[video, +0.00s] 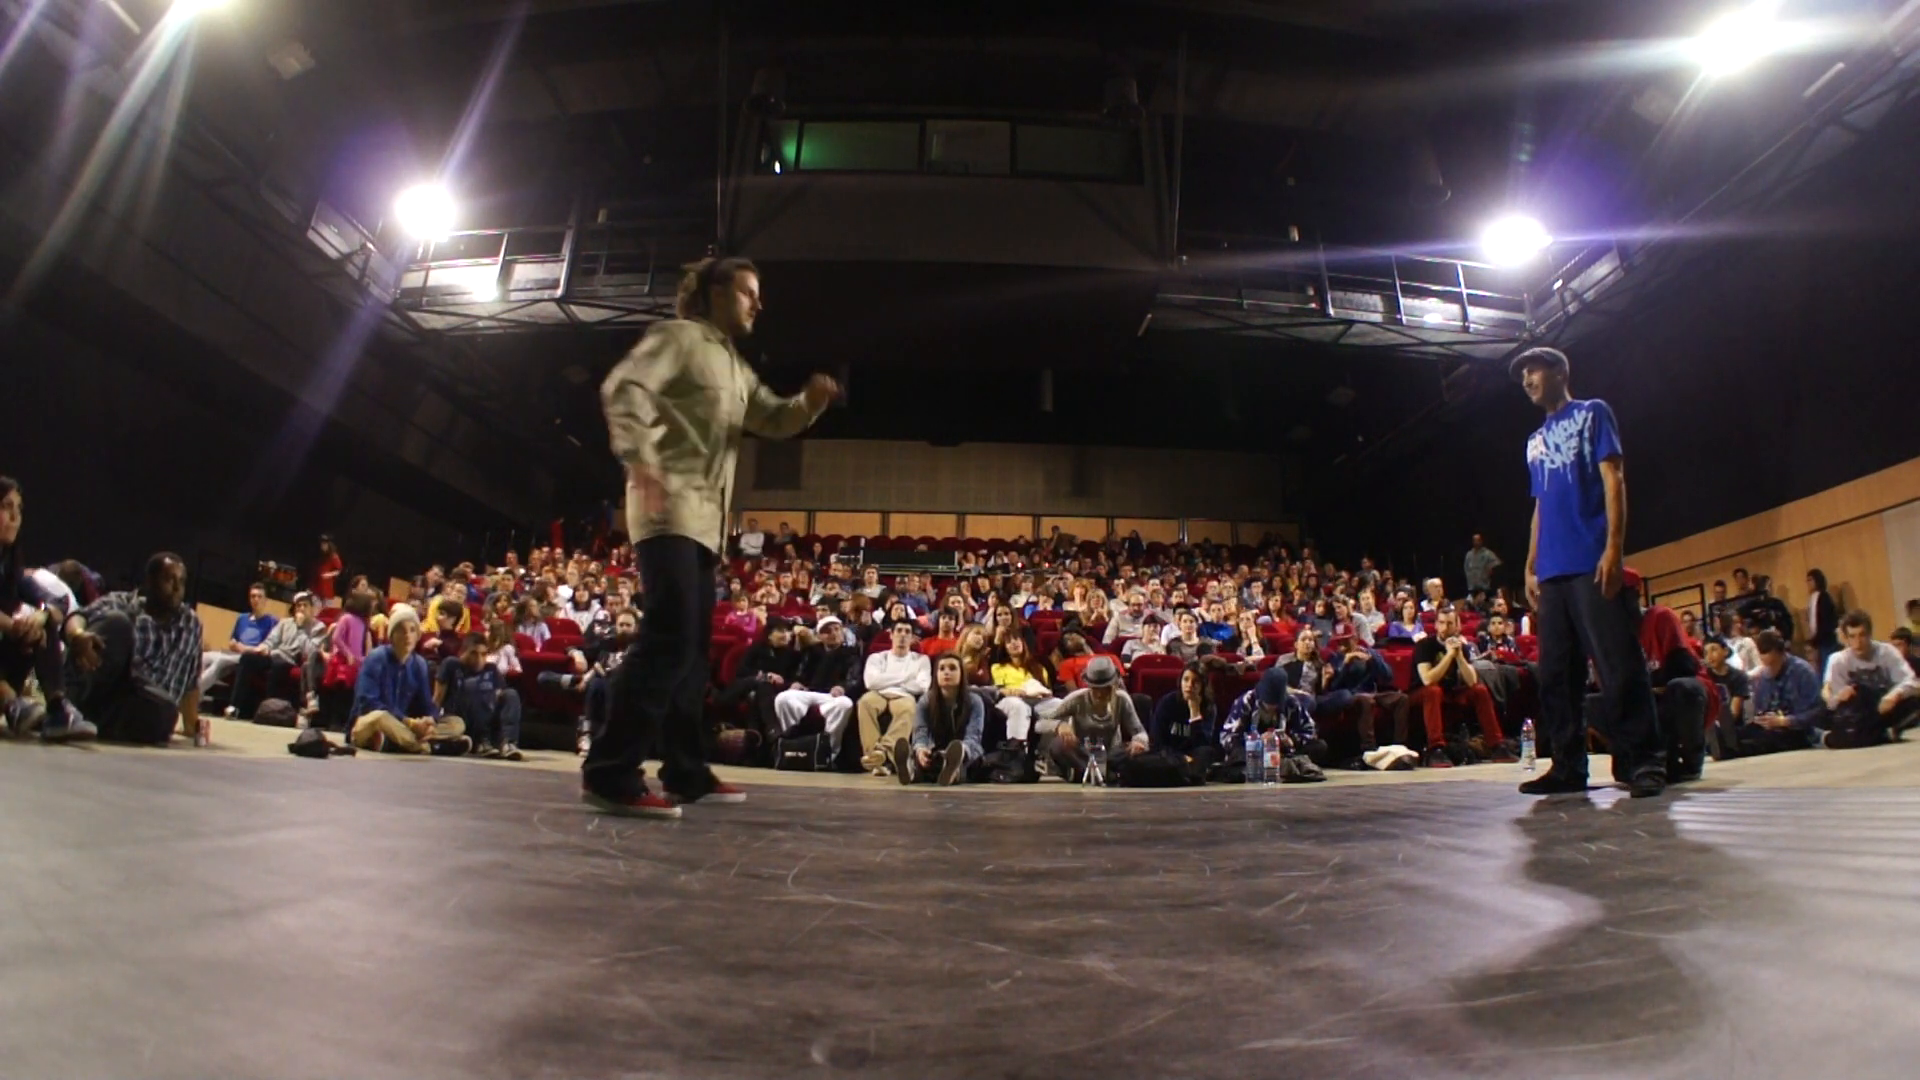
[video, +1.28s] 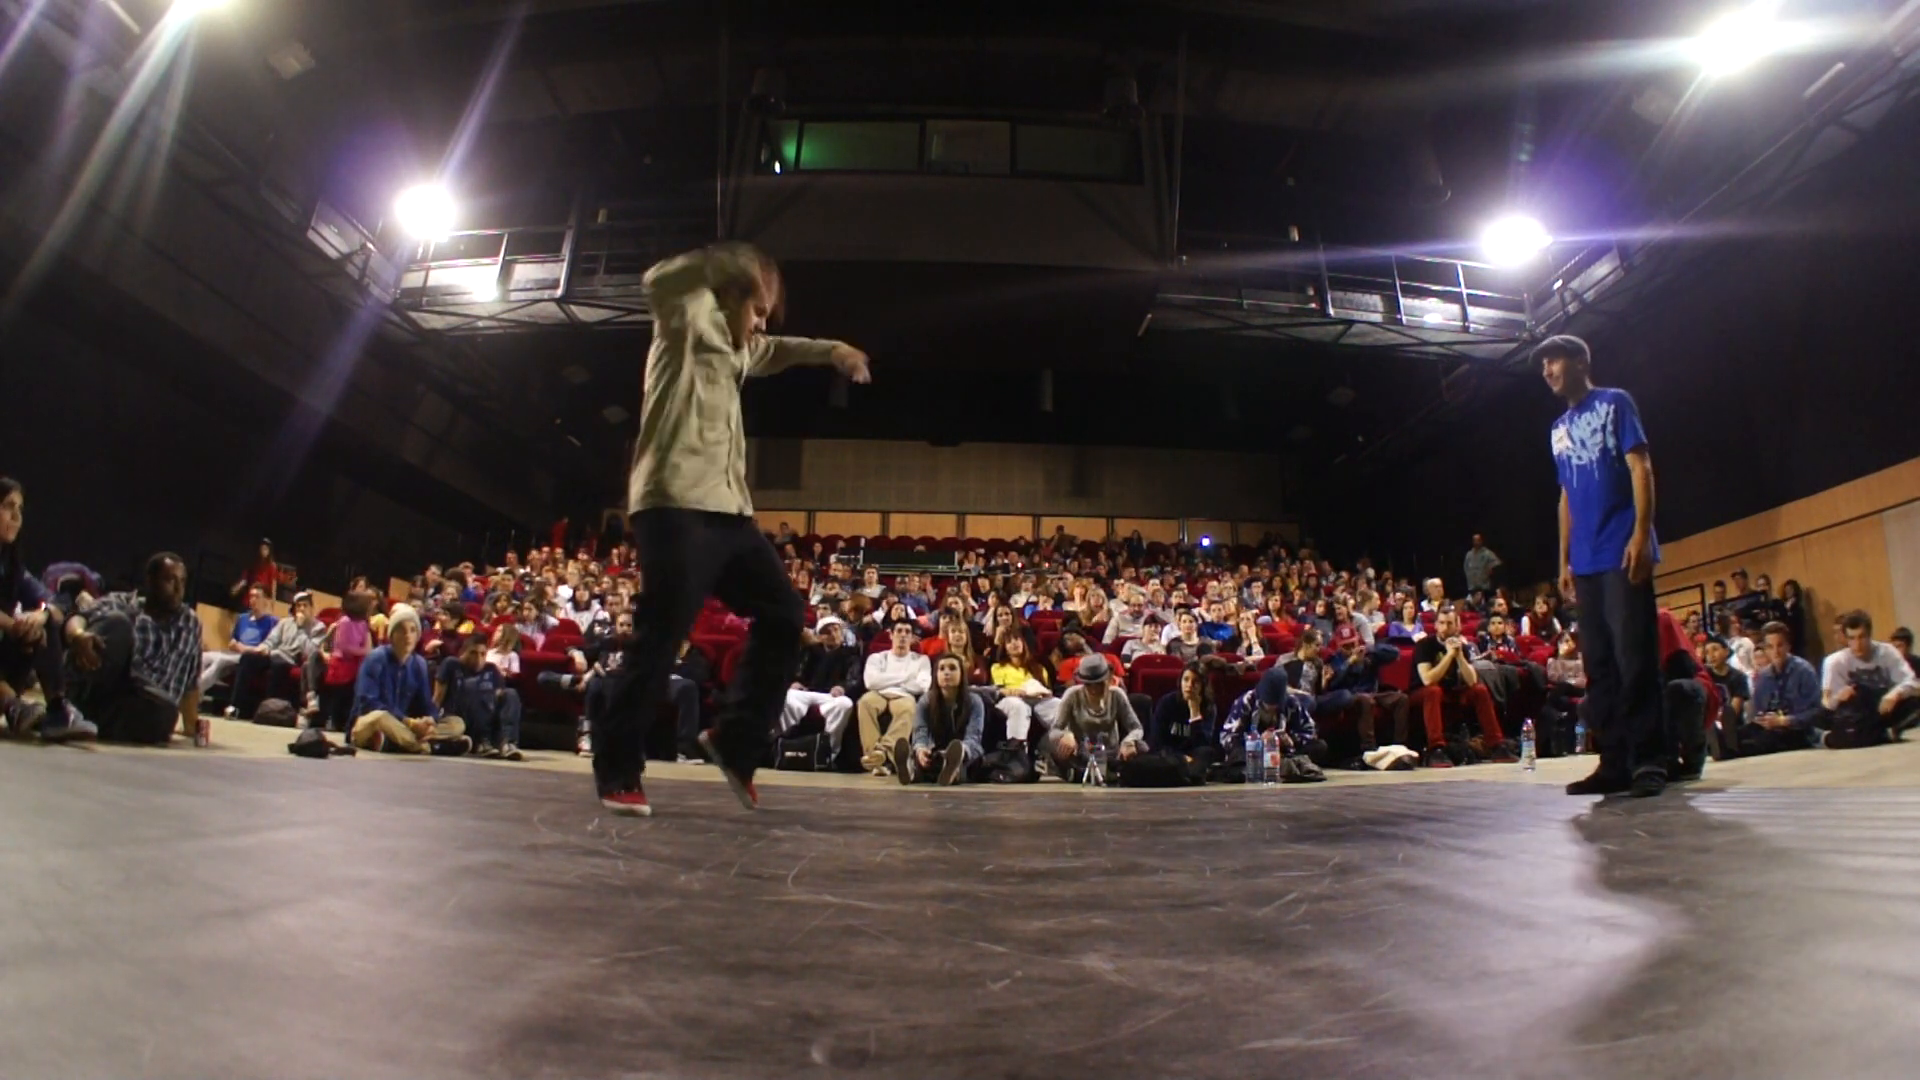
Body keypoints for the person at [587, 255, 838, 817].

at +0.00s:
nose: (756, 304)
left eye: (758, 296)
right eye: (747, 292)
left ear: (745, 304)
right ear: (714, 292)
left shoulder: (738, 370)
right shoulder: (679, 335)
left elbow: (773, 419)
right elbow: (625, 389)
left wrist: (811, 402)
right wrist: (643, 461)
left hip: (704, 521)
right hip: (666, 511)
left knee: (693, 647)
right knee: (669, 642)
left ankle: (686, 772)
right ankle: (611, 772)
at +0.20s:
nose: (744, 293)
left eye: (746, 285)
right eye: (735, 280)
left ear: (735, 295)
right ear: (701, 280)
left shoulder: (737, 350)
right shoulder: (660, 321)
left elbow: (782, 378)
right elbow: (617, 372)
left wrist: (828, 385)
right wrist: (575, 400)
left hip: (708, 519)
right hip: (654, 513)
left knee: (695, 658)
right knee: (631, 650)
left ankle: (691, 775)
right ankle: (609, 779)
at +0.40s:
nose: (740, 296)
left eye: (742, 289)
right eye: (731, 285)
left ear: (734, 298)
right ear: (695, 284)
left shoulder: (733, 345)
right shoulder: (666, 316)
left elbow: (797, 363)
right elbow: (635, 331)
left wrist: (873, 387)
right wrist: (639, 333)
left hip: (708, 515)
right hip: (654, 507)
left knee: (693, 650)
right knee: (635, 643)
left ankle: (689, 775)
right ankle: (609, 779)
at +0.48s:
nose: (740, 299)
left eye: (740, 291)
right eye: (731, 287)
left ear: (731, 300)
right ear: (694, 287)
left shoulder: (731, 349)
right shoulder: (663, 318)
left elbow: (784, 364)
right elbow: (662, 328)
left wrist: (853, 369)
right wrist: (713, 326)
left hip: (706, 517)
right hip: (652, 510)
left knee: (694, 653)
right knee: (629, 646)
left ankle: (688, 774)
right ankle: (606, 778)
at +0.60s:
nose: (743, 300)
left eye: (745, 293)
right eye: (736, 288)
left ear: (732, 300)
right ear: (705, 285)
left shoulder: (729, 343)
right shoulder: (675, 309)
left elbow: (763, 369)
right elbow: (695, 344)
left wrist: (787, 342)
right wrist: (757, 369)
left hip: (705, 503)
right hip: (662, 492)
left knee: (697, 638)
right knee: (664, 622)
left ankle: (688, 772)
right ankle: (609, 768)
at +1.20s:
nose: (759, 316)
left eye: (762, 309)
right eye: (753, 305)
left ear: (756, 310)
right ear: (723, 292)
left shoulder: (741, 346)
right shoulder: (675, 321)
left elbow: (787, 350)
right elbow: (653, 300)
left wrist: (833, 351)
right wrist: (739, 310)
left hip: (723, 510)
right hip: (663, 504)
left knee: (780, 616)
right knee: (640, 642)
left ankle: (734, 739)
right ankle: (619, 773)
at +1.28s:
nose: (761, 322)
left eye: (765, 314)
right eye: (757, 309)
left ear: (755, 312)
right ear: (729, 296)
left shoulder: (739, 347)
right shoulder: (687, 321)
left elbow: (777, 349)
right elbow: (660, 283)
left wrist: (834, 350)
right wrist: (723, 261)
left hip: (730, 513)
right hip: (674, 507)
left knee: (784, 615)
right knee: (659, 640)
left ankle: (740, 740)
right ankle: (617, 764)